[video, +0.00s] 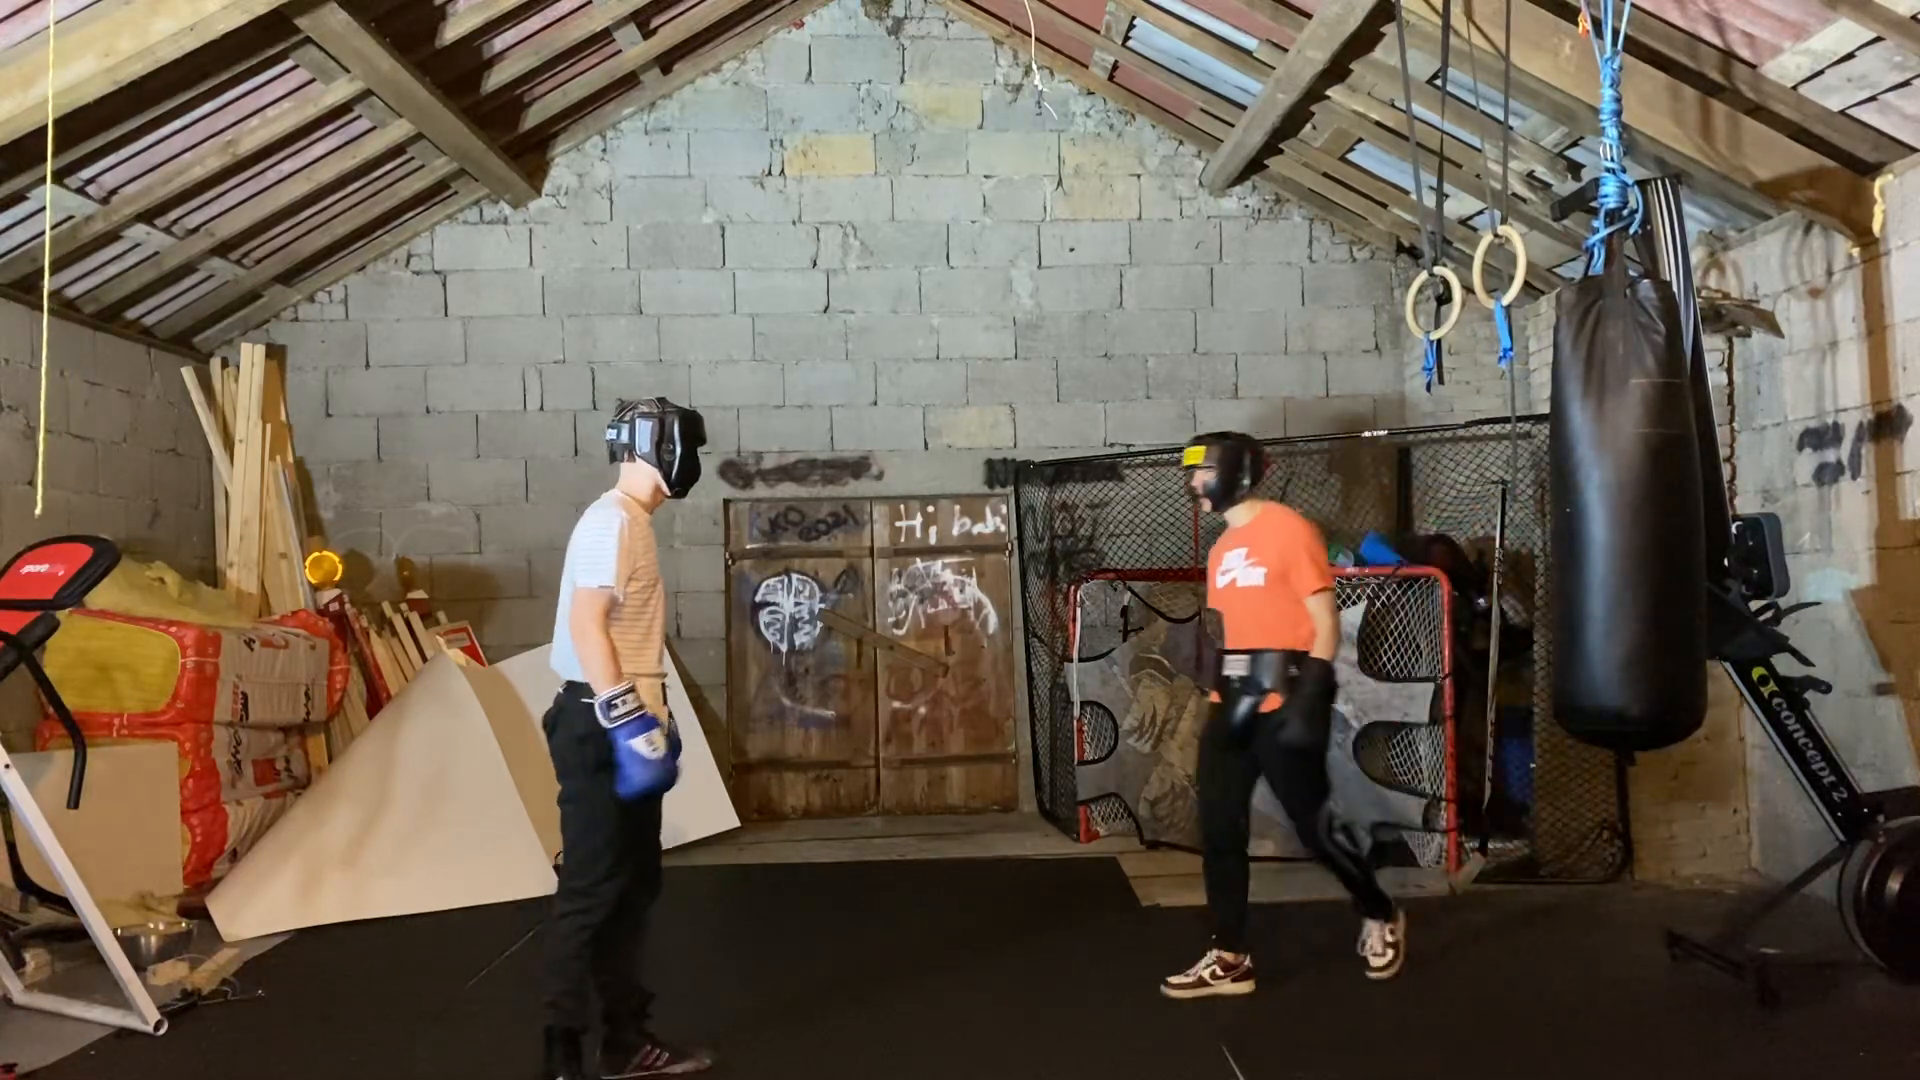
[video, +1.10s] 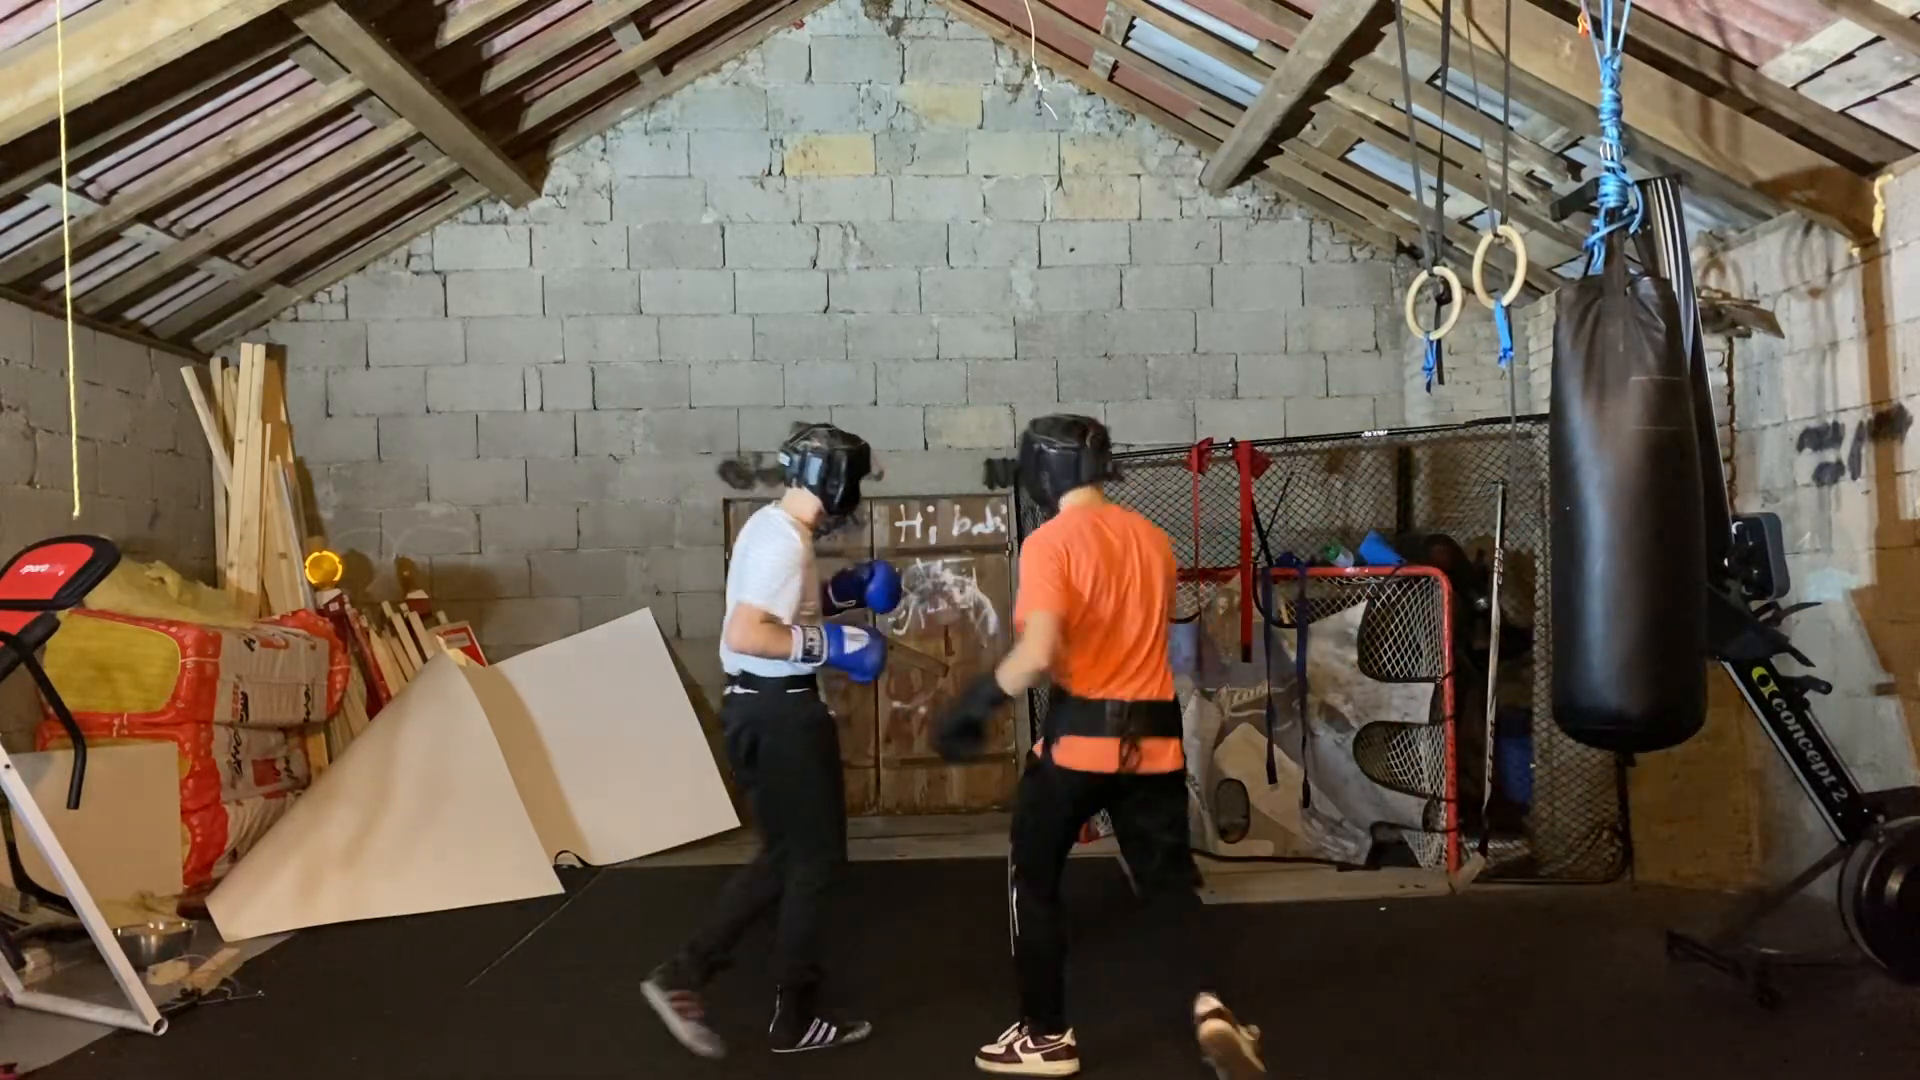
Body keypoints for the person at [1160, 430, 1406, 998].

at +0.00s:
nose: (1194, 482)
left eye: (1203, 470)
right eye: (1193, 471)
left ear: (1237, 472)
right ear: (1218, 477)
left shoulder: (1289, 529)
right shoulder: (1220, 549)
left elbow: (1326, 619)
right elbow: (1222, 630)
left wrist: (1310, 695)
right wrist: (1214, 696)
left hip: (1288, 693)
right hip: (1232, 699)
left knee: (1314, 826)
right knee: (1219, 828)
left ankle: (1381, 915)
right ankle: (1230, 955)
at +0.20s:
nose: (1149, 477)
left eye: (1157, 465)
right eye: (1149, 467)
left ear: (1190, 466)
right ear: (1187, 469)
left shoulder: (1242, 524)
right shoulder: (1195, 536)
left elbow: (1275, 615)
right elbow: (1192, 626)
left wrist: (1235, 684)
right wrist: (1153, 683)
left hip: (1229, 682)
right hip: (1194, 682)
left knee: (1211, 822)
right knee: (1195, 823)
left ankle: (1289, 926)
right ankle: (1228, 953)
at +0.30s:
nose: (1134, 477)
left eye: (1141, 465)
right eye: (1133, 466)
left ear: (1170, 465)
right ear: (1176, 466)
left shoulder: (1215, 522)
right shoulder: (1185, 529)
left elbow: (1243, 621)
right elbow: (1178, 627)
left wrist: (1177, 658)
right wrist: (1108, 653)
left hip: (1206, 704)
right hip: (1183, 702)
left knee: (1173, 825)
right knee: (1186, 826)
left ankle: (1227, 959)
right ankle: (1219, 954)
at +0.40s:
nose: (1118, 483)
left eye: (1124, 471)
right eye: (1118, 472)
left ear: (1153, 469)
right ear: (1162, 469)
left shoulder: (1193, 527)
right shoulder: (1176, 529)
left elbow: (1208, 627)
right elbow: (1163, 622)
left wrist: (1128, 615)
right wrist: (1091, 611)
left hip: (1183, 701)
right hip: (1173, 698)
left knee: (1136, 824)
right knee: (1185, 827)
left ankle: (1146, 983)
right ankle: (1226, 954)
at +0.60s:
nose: (1074, 485)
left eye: (1080, 472)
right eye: (1076, 472)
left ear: (1103, 475)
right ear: (1130, 474)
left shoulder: (1135, 536)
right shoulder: (1156, 534)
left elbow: (1118, 633)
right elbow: (1142, 630)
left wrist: (1057, 598)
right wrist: (1081, 614)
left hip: (1126, 715)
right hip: (1159, 715)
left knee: (1071, 846)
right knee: (1153, 832)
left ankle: (1046, 996)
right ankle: (1219, 948)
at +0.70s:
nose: (1047, 488)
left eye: (1052, 477)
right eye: (1049, 476)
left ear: (1070, 481)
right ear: (1107, 480)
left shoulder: (1097, 543)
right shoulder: (1137, 540)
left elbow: (1044, 630)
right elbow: (1085, 626)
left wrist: (988, 584)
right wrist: (1015, 596)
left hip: (1099, 727)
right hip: (1148, 723)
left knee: (1040, 864)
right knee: (1159, 840)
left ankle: (1046, 1021)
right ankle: (1218, 949)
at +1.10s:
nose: (1026, 483)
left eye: (1028, 472)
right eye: (1029, 472)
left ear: (1042, 474)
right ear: (1099, 471)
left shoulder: (1049, 543)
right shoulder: (1152, 536)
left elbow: (1038, 648)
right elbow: (1155, 627)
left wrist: (979, 698)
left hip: (1079, 747)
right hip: (1158, 746)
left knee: (1034, 874)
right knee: (1172, 883)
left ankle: (1044, 1030)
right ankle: (1208, 1004)